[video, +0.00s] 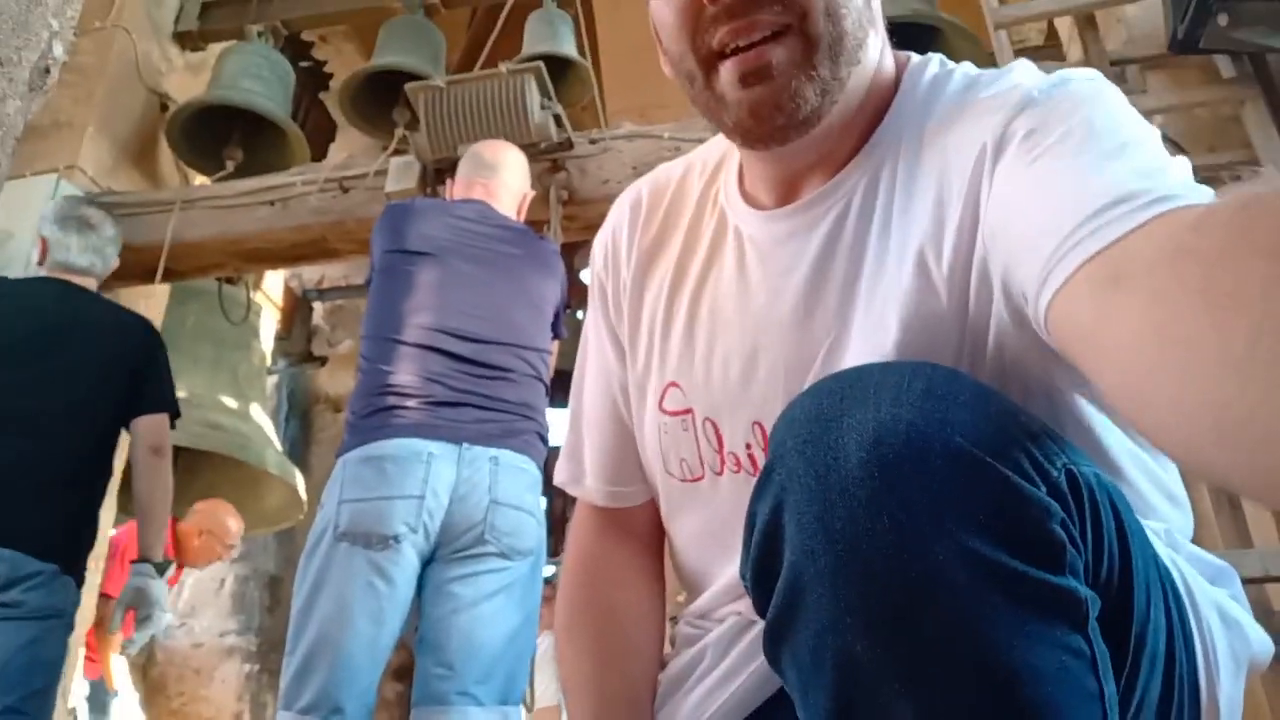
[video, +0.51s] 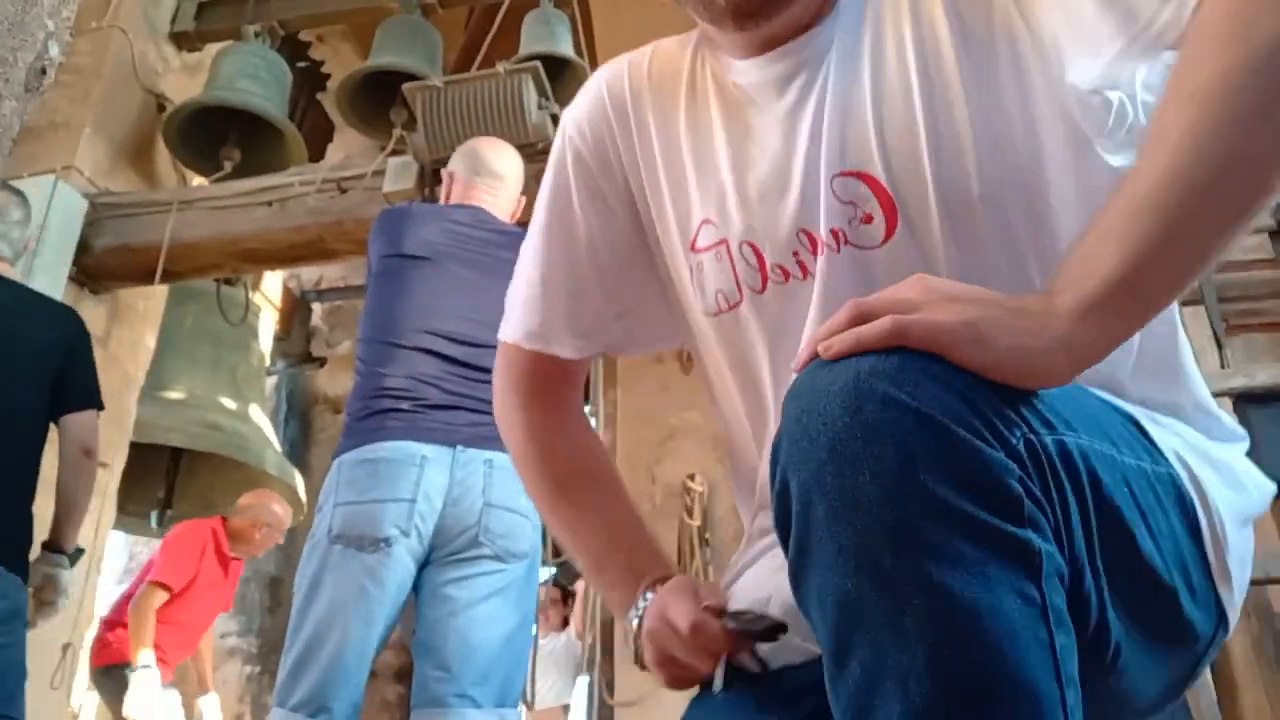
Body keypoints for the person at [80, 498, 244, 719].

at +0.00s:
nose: (225, 558)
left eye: (231, 550)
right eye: (226, 547)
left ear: (200, 535)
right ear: (200, 535)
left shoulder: (175, 565)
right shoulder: (130, 542)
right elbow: (104, 617)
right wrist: (119, 689)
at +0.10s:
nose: (239, 554)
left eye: (243, 546)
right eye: (239, 544)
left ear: (213, 536)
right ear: (214, 535)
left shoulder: (190, 562)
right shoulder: (148, 543)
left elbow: (148, 624)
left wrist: (133, 683)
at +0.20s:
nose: (252, 553)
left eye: (255, 545)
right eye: (250, 543)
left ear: (226, 534)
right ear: (227, 534)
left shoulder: (202, 564)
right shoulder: (164, 541)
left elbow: (160, 631)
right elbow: (121, 614)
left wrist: (153, 697)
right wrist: (130, 684)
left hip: (134, 668)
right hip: (99, 661)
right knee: (99, 713)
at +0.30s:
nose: (264, 552)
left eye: (267, 544)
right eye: (263, 541)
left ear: (240, 533)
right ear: (240, 533)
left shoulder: (215, 565)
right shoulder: (176, 540)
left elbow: (175, 632)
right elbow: (129, 613)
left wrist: (171, 701)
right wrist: (134, 680)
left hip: (143, 668)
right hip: (107, 657)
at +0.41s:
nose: (273, 549)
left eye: (276, 541)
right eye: (272, 539)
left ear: (250, 532)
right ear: (249, 531)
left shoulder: (225, 565)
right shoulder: (186, 538)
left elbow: (188, 635)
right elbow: (137, 609)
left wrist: (192, 703)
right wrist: (139, 677)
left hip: (150, 668)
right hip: (114, 658)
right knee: (140, 714)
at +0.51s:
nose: (281, 542)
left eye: (283, 534)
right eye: (280, 533)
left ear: (261, 530)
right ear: (259, 530)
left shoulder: (235, 561)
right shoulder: (195, 536)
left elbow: (203, 628)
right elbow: (143, 605)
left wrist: (206, 695)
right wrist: (144, 671)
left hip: (159, 666)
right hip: (122, 655)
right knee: (153, 713)